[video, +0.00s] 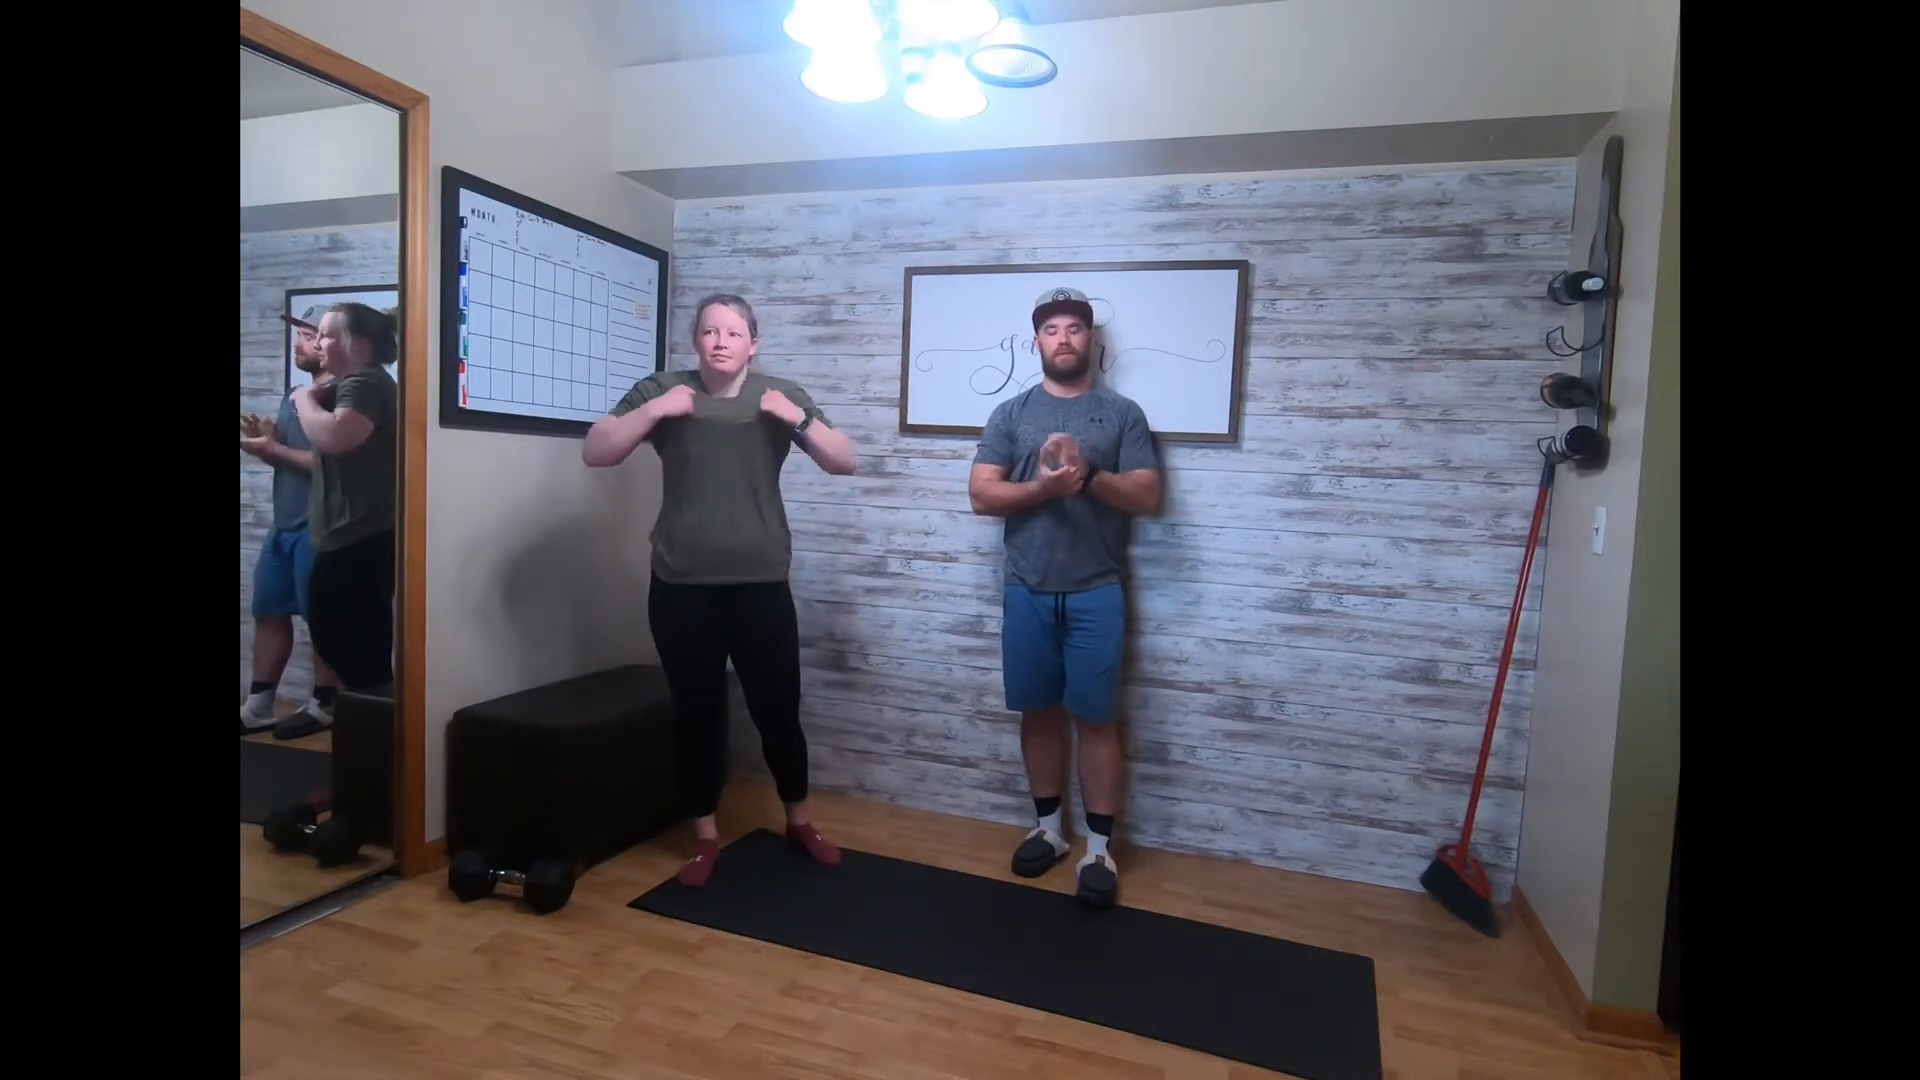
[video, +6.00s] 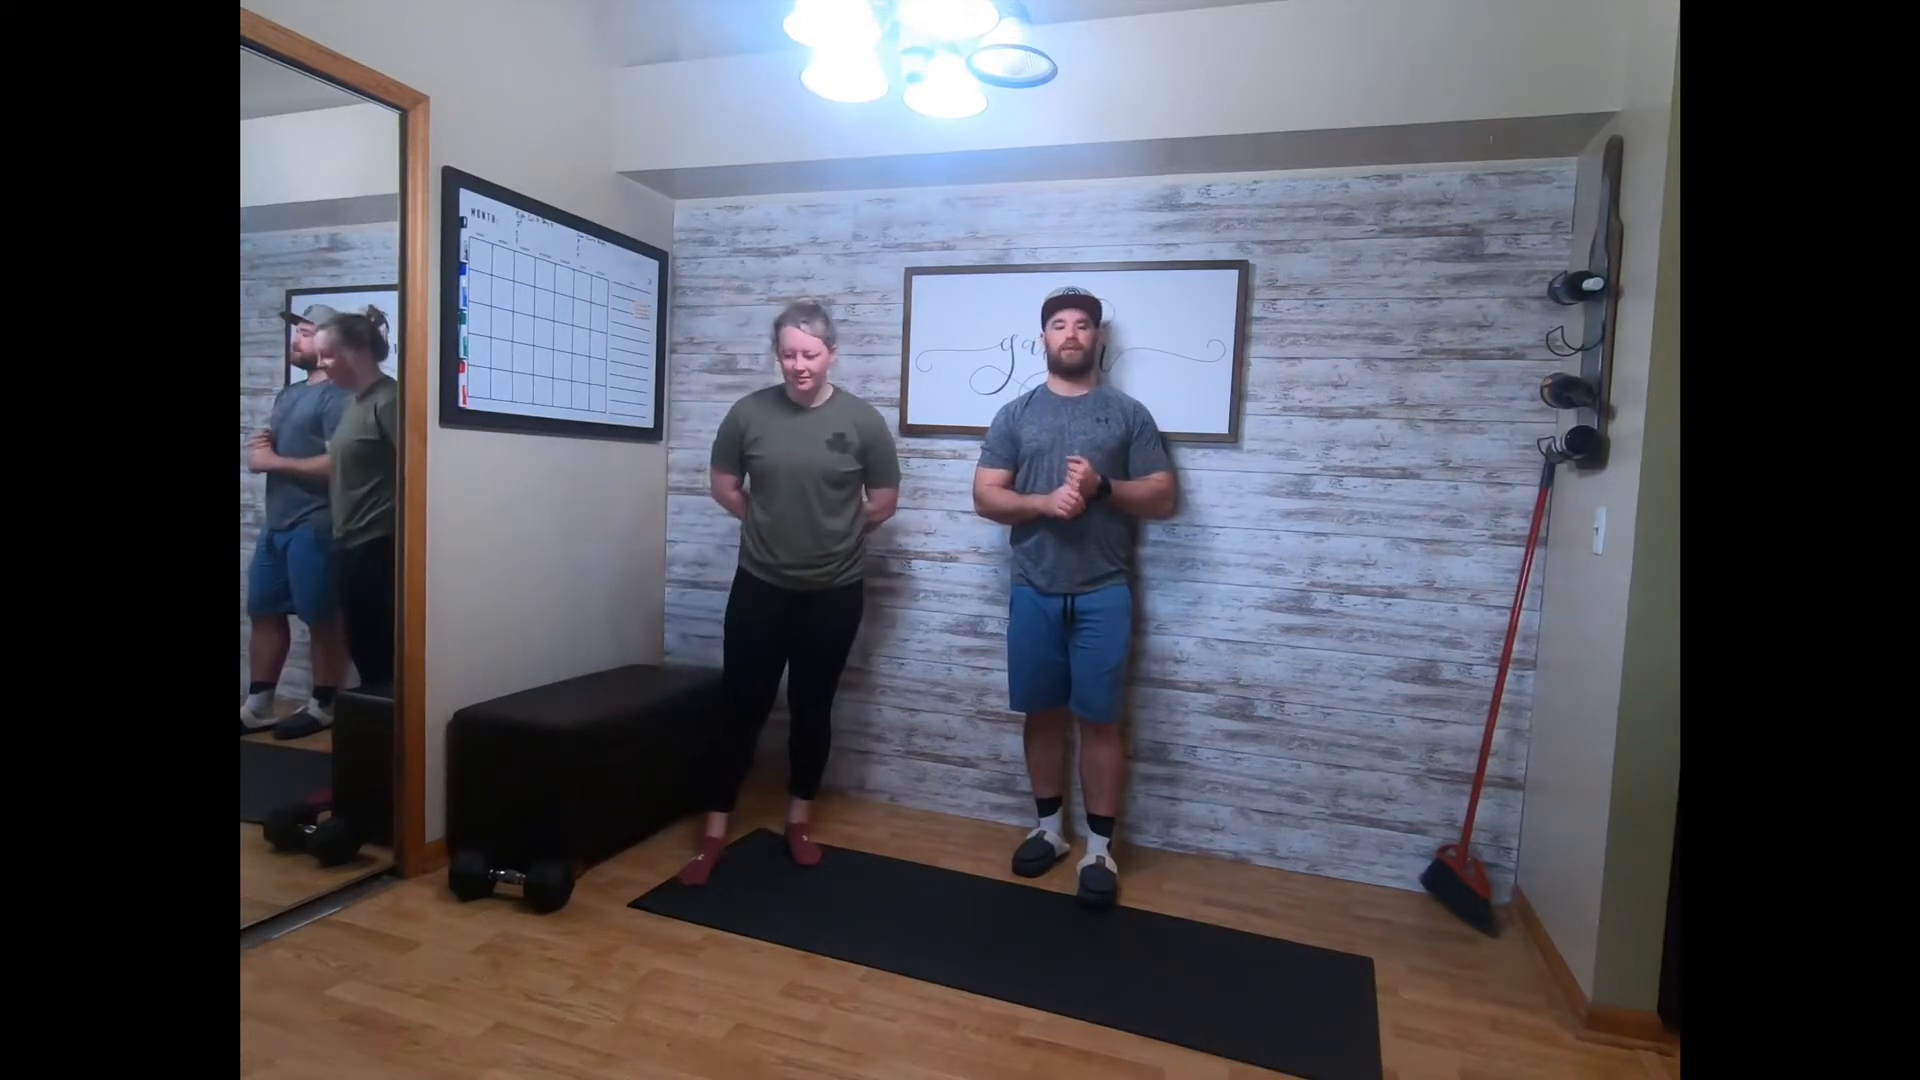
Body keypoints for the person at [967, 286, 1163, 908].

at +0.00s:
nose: (1063, 337)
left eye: (1075, 329)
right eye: (1052, 330)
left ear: (1092, 340)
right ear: (1037, 342)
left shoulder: (1122, 414)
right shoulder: (1011, 414)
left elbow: (1147, 497)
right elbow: (983, 494)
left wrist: (1088, 478)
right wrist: (1044, 485)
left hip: (1096, 584)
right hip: (1027, 584)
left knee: (1095, 715)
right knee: (1037, 710)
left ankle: (1099, 850)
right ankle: (1049, 830)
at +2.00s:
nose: (1059, 339)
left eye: (1071, 330)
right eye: (1047, 330)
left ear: (1088, 341)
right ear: (1033, 342)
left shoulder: (1116, 414)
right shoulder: (1006, 417)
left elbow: (1148, 500)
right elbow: (982, 499)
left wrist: (1077, 490)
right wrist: (1034, 493)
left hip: (1093, 584)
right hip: (1024, 585)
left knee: (1092, 715)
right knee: (1036, 710)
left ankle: (1097, 849)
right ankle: (1048, 830)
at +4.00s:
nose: (1062, 338)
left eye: (1072, 328)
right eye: (1049, 331)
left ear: (1091, 338)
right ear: (1037, 345)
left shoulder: (1126, 413)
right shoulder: (1015, 416)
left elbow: (1159, 501)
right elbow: (990, 498)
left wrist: (1100, 477)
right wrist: (1046, 491)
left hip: (1102, 584)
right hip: (1033, 584)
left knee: (1097, 714)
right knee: (1041, 710)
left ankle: (1098, 850)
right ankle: (1049, 831)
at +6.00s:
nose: (1071, 333)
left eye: (1082, 325)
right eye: (1059, 325)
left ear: (1098, 339)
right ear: (1043, 339)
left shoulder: (1126, 414)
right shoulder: (1015, 415)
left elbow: (1163, 498)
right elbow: (986, 497)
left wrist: (1104, 488)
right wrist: (1042, 502)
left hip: (1103, 586)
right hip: (1034, 586)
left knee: (1098, 716)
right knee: (1042, 711)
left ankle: (1099, 850)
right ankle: (1049, 831)